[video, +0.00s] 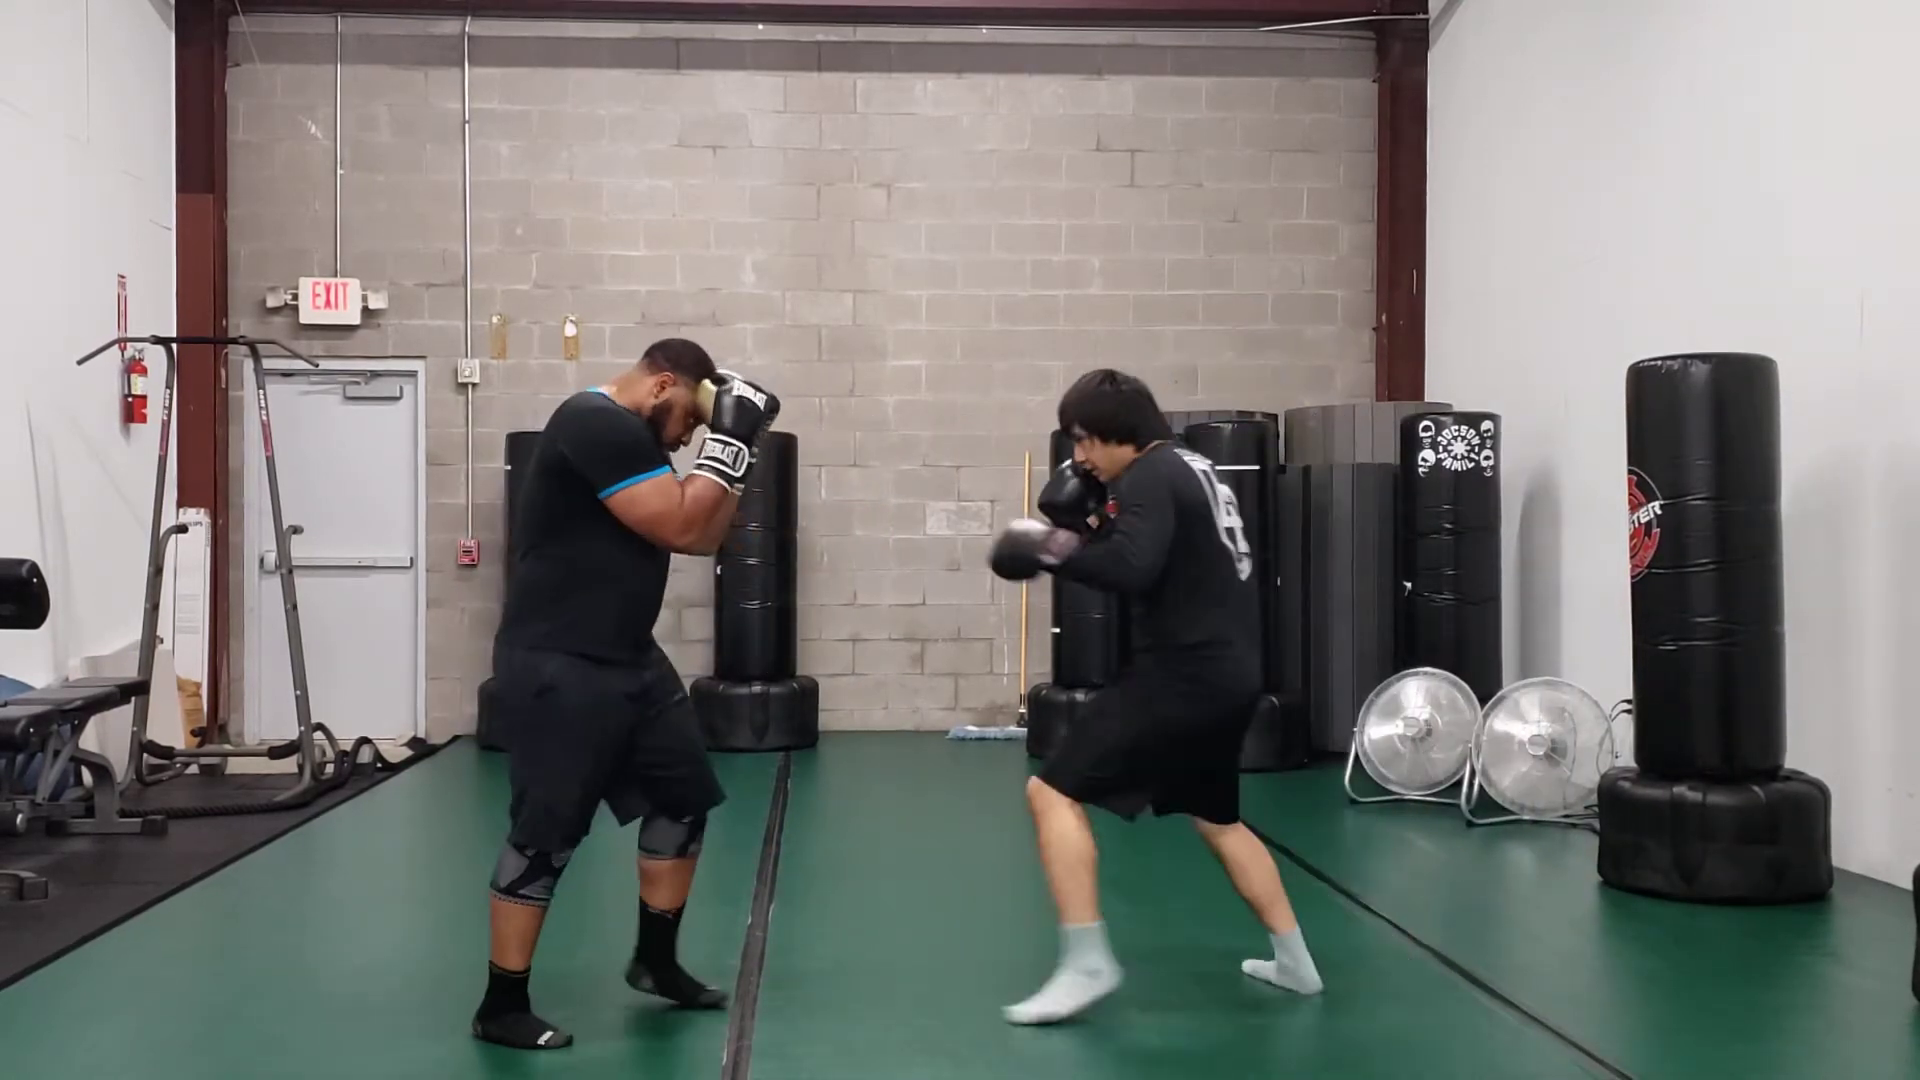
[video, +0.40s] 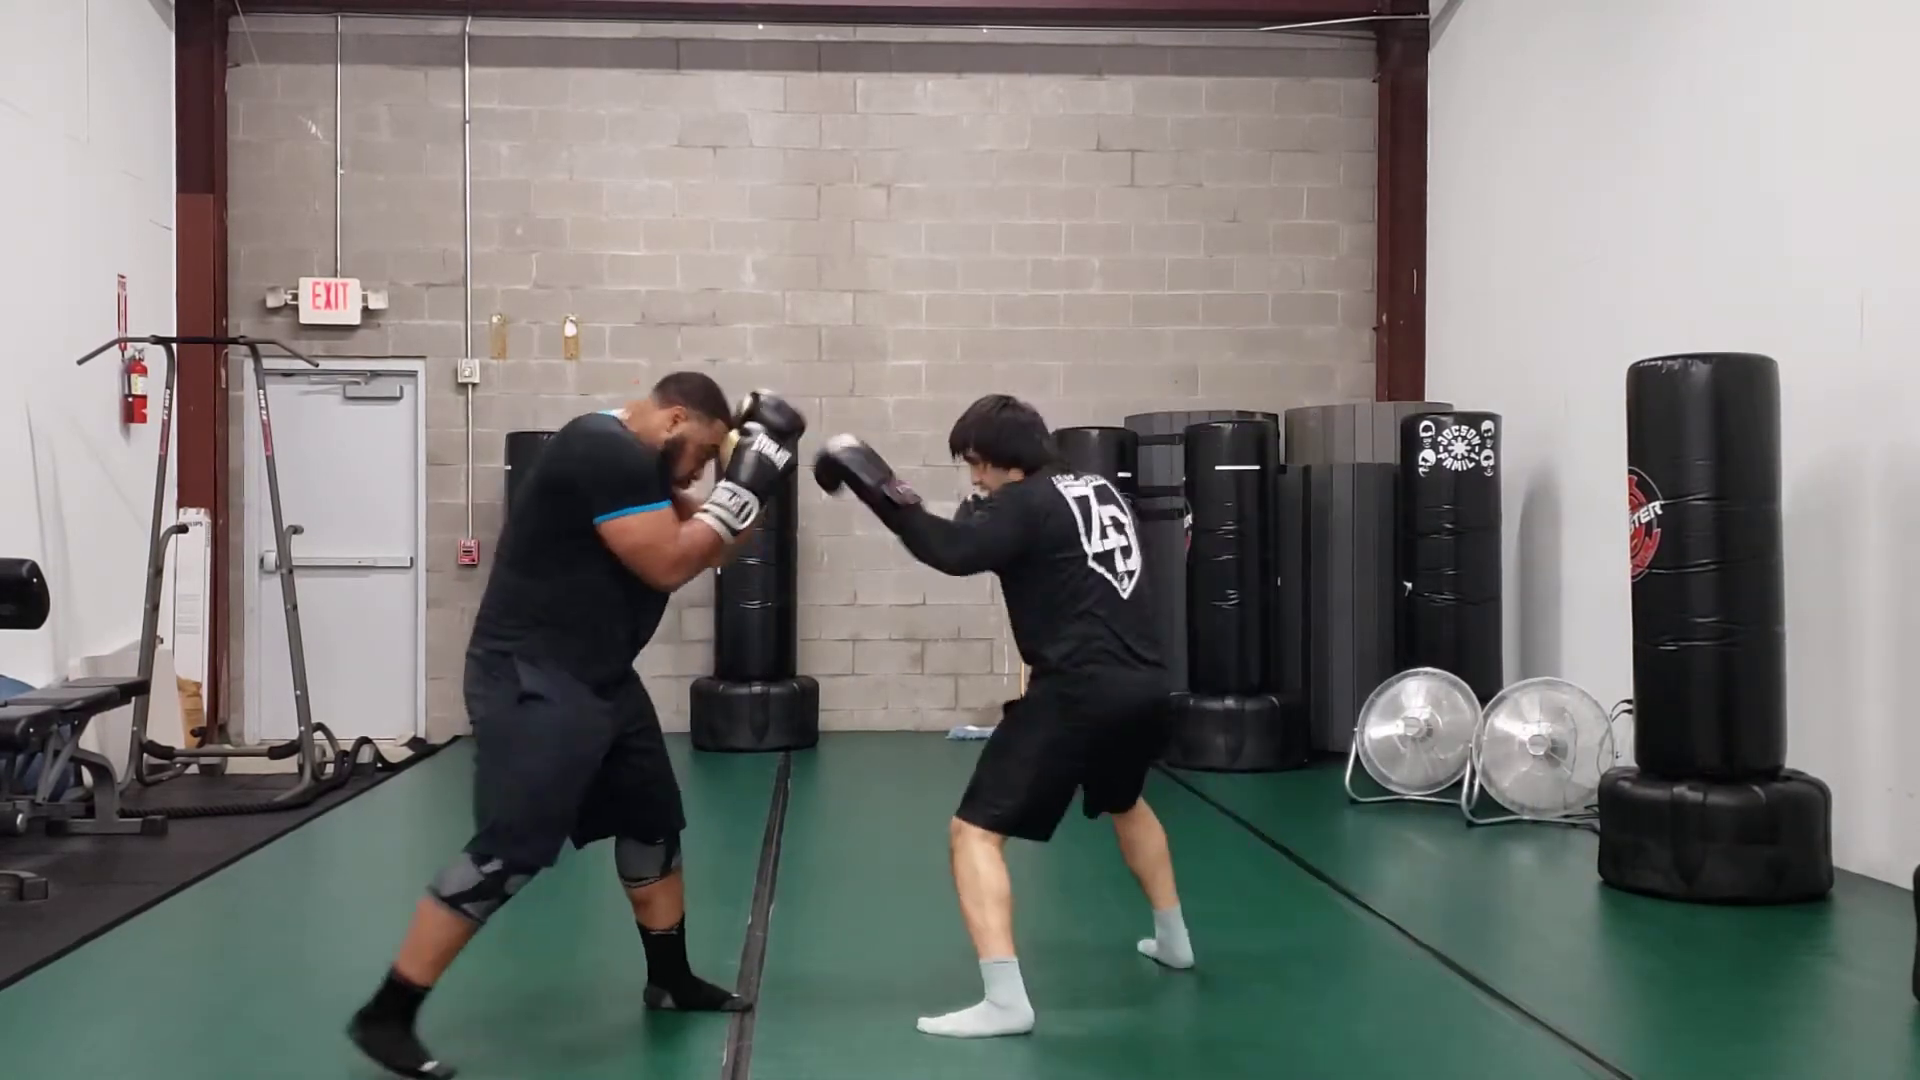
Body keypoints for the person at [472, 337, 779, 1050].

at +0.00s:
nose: (683, 438)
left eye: (690, 428)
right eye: (685, 420)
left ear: (658, 385)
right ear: (661, 384)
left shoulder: (630, 443)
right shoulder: (591, 423)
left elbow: (704, 538)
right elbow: (682, 526)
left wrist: (733, 455)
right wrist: (730, 439)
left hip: (630, 663)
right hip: (559, 668)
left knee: (683, 800)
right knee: (542, 835)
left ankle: (656, 962)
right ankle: (504, 1006)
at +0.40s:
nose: (692, 473)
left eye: (703, 464)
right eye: (695, 455)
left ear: (670, 418)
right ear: (671, 416)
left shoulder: (637, 462)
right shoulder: (601, 448)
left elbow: (694, 552)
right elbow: (666, 565)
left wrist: (745, 482)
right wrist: (740, 492)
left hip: (602, 677)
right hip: (530, 675)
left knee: (650, 821)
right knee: (512, 848)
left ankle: (670, 979)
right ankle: (386, 1016)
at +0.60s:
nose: (628, 465)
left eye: (637, 452)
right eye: (633, 445)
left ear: (597, 414)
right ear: (600, 412)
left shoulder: (563, 467)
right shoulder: (516, 457)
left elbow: (578, 572)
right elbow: (577, 580)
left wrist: (648, 507)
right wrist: (658, 515)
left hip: (558, 710)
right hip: (486, 713)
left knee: (607, 851)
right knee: (451, 881)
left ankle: (665, 977)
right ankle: (350, 1048)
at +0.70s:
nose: (610, 447)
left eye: (618, 434)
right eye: (615, 427)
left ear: (579, 394)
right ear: (583, 394)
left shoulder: (546, 455)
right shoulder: (492, 443)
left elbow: (559, 559)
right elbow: (553, 568)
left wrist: (633, 497)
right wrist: (631, 502)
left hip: (540, 692)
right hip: (465, 698)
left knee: (583, 835)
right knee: (439, 871)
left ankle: (616, 988)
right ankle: (348, 1049)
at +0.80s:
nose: (602, 430)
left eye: (610, 418)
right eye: (607, 410)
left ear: (570, 378)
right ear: (578, 378)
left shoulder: (535, 436)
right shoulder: (498, 426)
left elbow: (555, 542)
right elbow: (555, 554)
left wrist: (612, 475)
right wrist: (630, 485)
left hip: (524, 678)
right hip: (451, 683)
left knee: (566, 819)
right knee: (424, 857)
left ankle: (563, 994)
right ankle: (347, 1046)